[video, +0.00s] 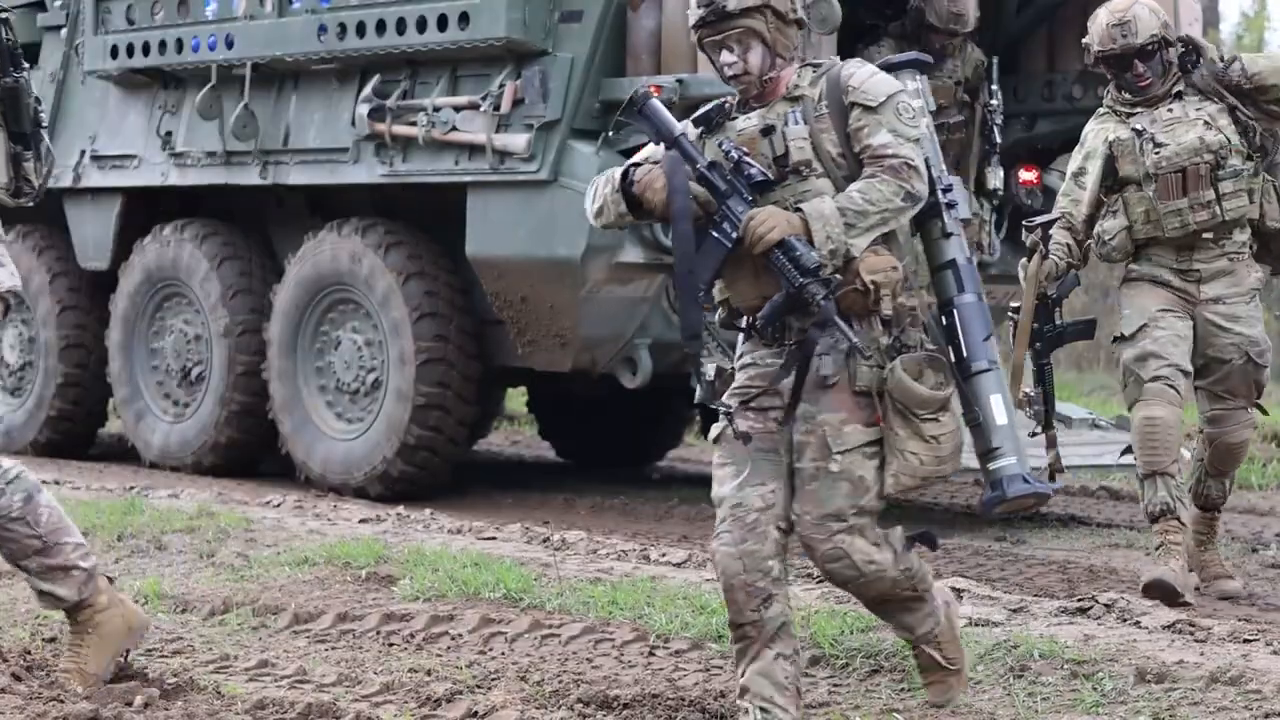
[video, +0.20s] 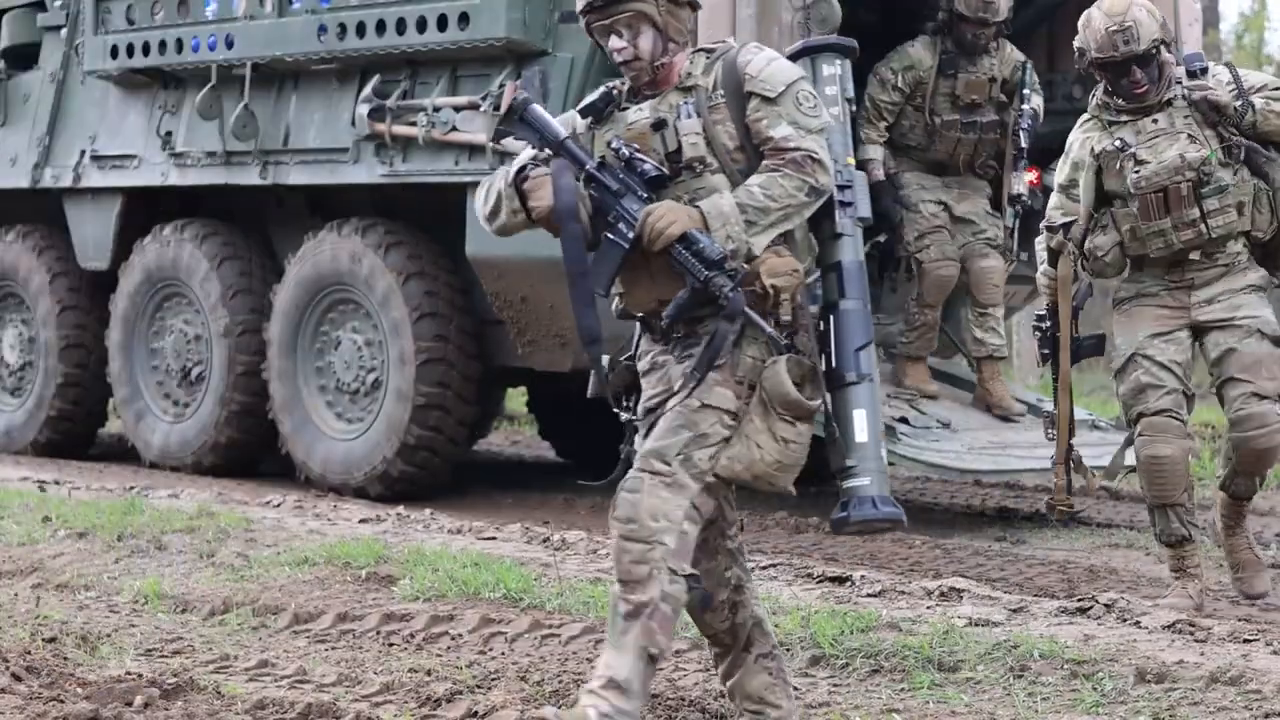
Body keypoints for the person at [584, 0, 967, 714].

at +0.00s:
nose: (728, 63)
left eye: (738, 46)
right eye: (718, 52)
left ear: (781, 39)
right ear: (715, 60)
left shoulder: (856, 87)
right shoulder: (719, 131)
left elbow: (903, 180)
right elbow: (600, 201)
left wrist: (805, 221)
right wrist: (635, 186)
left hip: (851, 334)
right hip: (760, 342)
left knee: (834, 534)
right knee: (744, 542)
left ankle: (930, 621)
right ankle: (769, 698)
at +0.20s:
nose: (617, 48)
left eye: (629, 29)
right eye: (607, 36)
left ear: (673, 20)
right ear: (600, 39)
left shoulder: (751, 69)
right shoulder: (609, 108)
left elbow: (807, 170)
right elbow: (498, 197)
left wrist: (704, 218)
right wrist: (526, 190)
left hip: (743, 326)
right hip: (657, 338)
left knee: (650, 498)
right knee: (696, 531)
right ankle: (763, 697)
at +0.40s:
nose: (498, 26)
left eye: (510, 9)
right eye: (488, 14)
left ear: (555, 5)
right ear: (482, 21)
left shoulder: (637, 57)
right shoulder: (478, 95)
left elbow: (686, 166)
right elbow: (380, 183)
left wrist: (575, 207)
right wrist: (374, 155)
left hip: (609, 334)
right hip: (530, 342)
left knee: (519, 543)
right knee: (561, 553)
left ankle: (500, 702)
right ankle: (698, 662)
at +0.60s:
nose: (399, 4)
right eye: (388, 3)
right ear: (377, 4)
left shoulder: (526, 21)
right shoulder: (363, 66)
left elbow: (579, 128)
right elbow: (236, 152)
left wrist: (464, 187)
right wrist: (271, 134)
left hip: (510, 321)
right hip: (409, 317)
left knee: (476, 577)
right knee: (319, 452)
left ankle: (492, 705)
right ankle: (365, 663)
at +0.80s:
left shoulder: (396, 5)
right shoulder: (210, 28)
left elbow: (458, 89)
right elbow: (95, 101)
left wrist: (335, 141)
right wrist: (149, 110)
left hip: (405, 286)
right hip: (289, 289)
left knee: (433, 530)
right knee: (231, 474)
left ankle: (478, 685)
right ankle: (248, 693)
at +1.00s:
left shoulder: (279, 4)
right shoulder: (99, 15)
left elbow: (345, 85)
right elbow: (37, 66)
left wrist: (215, 133)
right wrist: (30, 83)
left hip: (282, 256)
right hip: (166, 265)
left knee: (175, 476)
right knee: (139, 539)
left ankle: (283, 634)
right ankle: (214, 701)